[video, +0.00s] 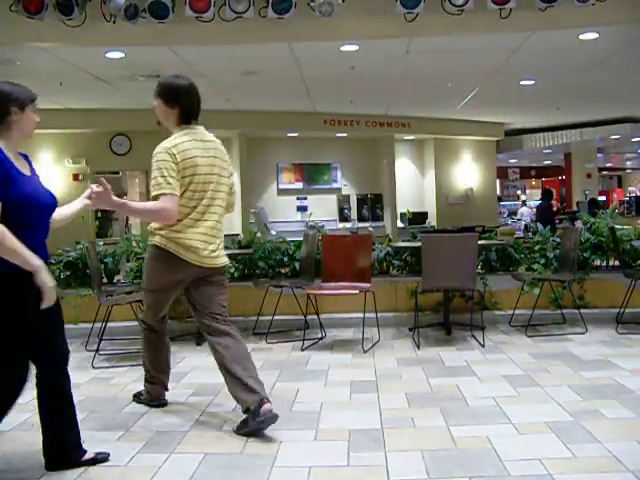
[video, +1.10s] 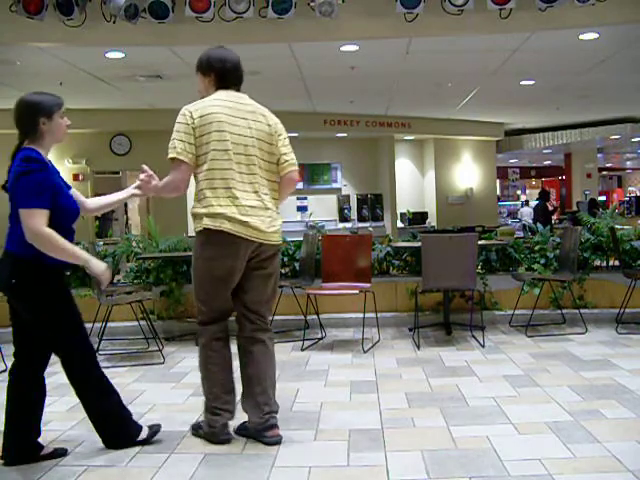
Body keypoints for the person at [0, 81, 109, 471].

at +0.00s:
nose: (37, 118)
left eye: (35, 111)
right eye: (32, 111)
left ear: (16, 115)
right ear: (13, 115)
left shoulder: (23, 160)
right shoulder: (2, 160)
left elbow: (46, 221)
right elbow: (0, 230)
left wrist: (86, 199)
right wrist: (36, 266)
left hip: (36, 274)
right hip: (9, 276)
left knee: (53, 362)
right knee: (10, 374)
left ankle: (64, 453)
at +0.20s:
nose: (18, 122)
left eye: (16, 114)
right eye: (13, 114)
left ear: (2, 121)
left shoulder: (7, 167)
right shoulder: (0, 166)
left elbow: (28, 221)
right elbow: (25, 220)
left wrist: (70, 200)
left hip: (12, 281)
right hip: (2, 282)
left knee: (42, 363)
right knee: (40, 363)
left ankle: (62, 453)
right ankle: (62, 453)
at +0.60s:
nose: (24, 122)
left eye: (21, 115)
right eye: (19, 115)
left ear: (6, 121)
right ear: (2, 120)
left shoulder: (13, 165)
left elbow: (39, 220)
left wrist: (80, 202)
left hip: (23, 276)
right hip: (2, 278)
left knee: (37, 360)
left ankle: (21, 448)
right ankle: (11, 450)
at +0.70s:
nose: (31, 124)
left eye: (29, 117)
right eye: (26, 118)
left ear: (11, 124)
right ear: (6, 124)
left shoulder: (20, 167)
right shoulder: (1, 169)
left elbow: (50, 219)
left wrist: (90, 202)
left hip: (29, 278)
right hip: (6, 281)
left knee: (40, 360)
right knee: (30, 363)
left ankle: (26, 449)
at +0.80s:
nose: (39, 122)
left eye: (37, 115)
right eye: (33, 115)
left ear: (17, 121)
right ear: (14, 121)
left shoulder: (25, 164)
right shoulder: (0, 165)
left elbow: (57, 216)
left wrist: (99, 199)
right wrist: (11, 291)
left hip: (32, 277)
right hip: (14, 281)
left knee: (36, 358)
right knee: (61, 354)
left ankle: (25, 445)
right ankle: (17, 446)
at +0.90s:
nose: (47, 117)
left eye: (45, 111)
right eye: (42, 111)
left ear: (23, 117)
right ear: (23, 117)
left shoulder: (30, 157)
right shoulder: (8, 159)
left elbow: (62, 209)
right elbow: (2, 228)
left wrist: (106, 197)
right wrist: (38, 279)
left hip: (28, 274)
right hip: (18, 275)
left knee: (26, 361)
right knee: (70, 350)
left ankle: (22, 448)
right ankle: (73, 446)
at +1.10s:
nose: (68, 122)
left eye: (66, 116)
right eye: (62, 116)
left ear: (41, 124)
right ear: (43, 123)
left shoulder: (40, 164)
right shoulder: (32, 166)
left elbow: (86, 206)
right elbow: (34, 229)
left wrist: (133, 191)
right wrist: (88, 260)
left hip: (30, 273)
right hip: (38, 275)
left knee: (30, 361)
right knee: (79, 355)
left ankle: (20, 447)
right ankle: (122, 431)